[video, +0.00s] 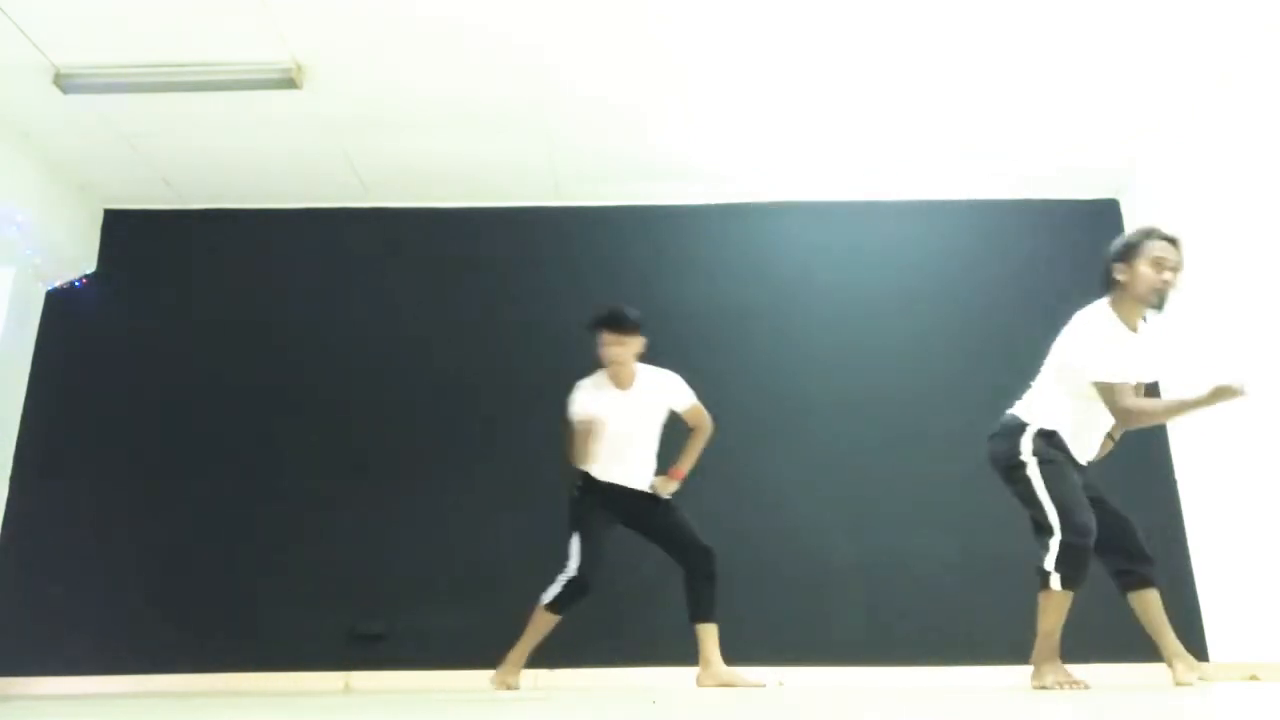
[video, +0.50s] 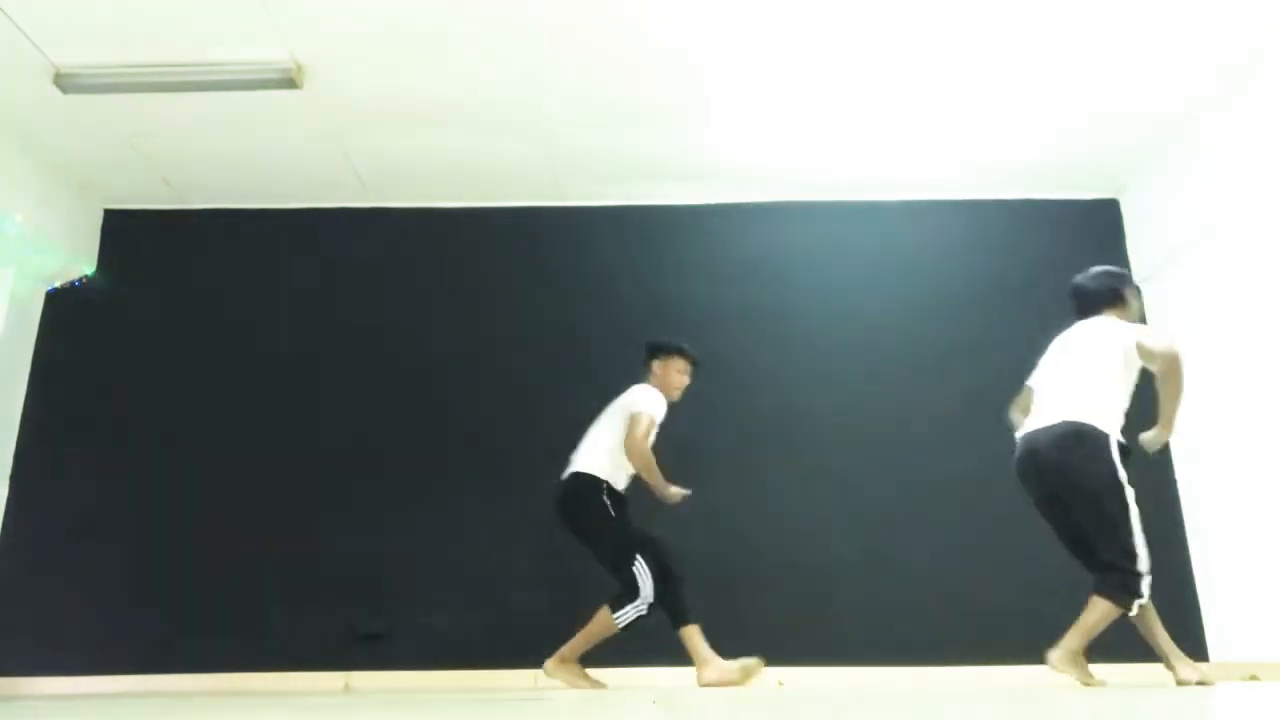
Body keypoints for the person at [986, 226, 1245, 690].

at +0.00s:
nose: (1168, 277)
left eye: (1174, 270)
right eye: (1158, 265)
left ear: (1177, 277)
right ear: (1121, 270)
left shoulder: (1139, 335)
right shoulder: (1096, 323)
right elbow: (1126, 410)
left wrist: (1113, 426)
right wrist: (1203, 401)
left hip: (1063, 453)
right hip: (1028, 438)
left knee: (1120, 538)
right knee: (1073, 530)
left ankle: (1179, 660)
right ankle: (1045, 663)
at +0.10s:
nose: (1187, 286)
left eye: (1191, 278)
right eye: (1178, 274)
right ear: (1142, 277)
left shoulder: (1144, 340)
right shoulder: (1115, 327)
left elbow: (1131, 414)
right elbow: (1128, 416)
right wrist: (1207, 412)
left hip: (1072, 451)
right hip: (1042, 439)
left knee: (1125, 536)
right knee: (1092, 525)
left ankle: (1182, 662)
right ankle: (1057, 659)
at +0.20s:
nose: (1195, 294)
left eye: (1194, 285)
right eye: (1187, 284)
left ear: (1157, 289)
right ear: (1154, 286)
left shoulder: (1142, 343)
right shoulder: (1126, 334)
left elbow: (1127, 413)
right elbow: (1124, 415)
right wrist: (1199, 423)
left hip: (1079, 451)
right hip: (1055, 447)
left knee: (1138, 538)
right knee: (1114, 535)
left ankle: (1182, 660)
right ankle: (1067, 643)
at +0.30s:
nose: (1190, 301)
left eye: (1188, 292)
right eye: (1184, 291)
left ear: (1157, 296)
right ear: (1157, 294)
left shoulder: (1125, 338)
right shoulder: (1135, 338)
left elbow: (1121, 403)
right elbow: (1127, 402)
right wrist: (1177, 436)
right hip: (1067, 455)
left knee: (1145, 555)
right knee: (1143, 553)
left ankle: (1182, 663)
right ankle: (1070, 625)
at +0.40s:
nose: (1169, 309)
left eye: (1165, 299)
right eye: (1163, 299)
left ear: (1122, 308)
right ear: (1145, 301)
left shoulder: (1095, 341)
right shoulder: (1137, 339)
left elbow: (1094, 397)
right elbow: (1148, 380)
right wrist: (1160, 442)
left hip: (1036, 456)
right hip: (1077, 451)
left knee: (1126, 567)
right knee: (1150, 564)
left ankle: (1182, 664)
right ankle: (1063, 631)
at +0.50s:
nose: (1138, 302)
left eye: (1134, 294)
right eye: (1133, 295)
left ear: (1087, 306)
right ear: (1120, 299)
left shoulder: (1058, 343)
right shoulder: (1126, 332)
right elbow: (1167, 355)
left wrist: (1048, 446)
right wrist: (1163, 427)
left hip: (1029, 449)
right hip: (1082, 437)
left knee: (1110, 567)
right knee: (1129, 568)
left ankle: (1179, 663)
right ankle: (1068, 650)